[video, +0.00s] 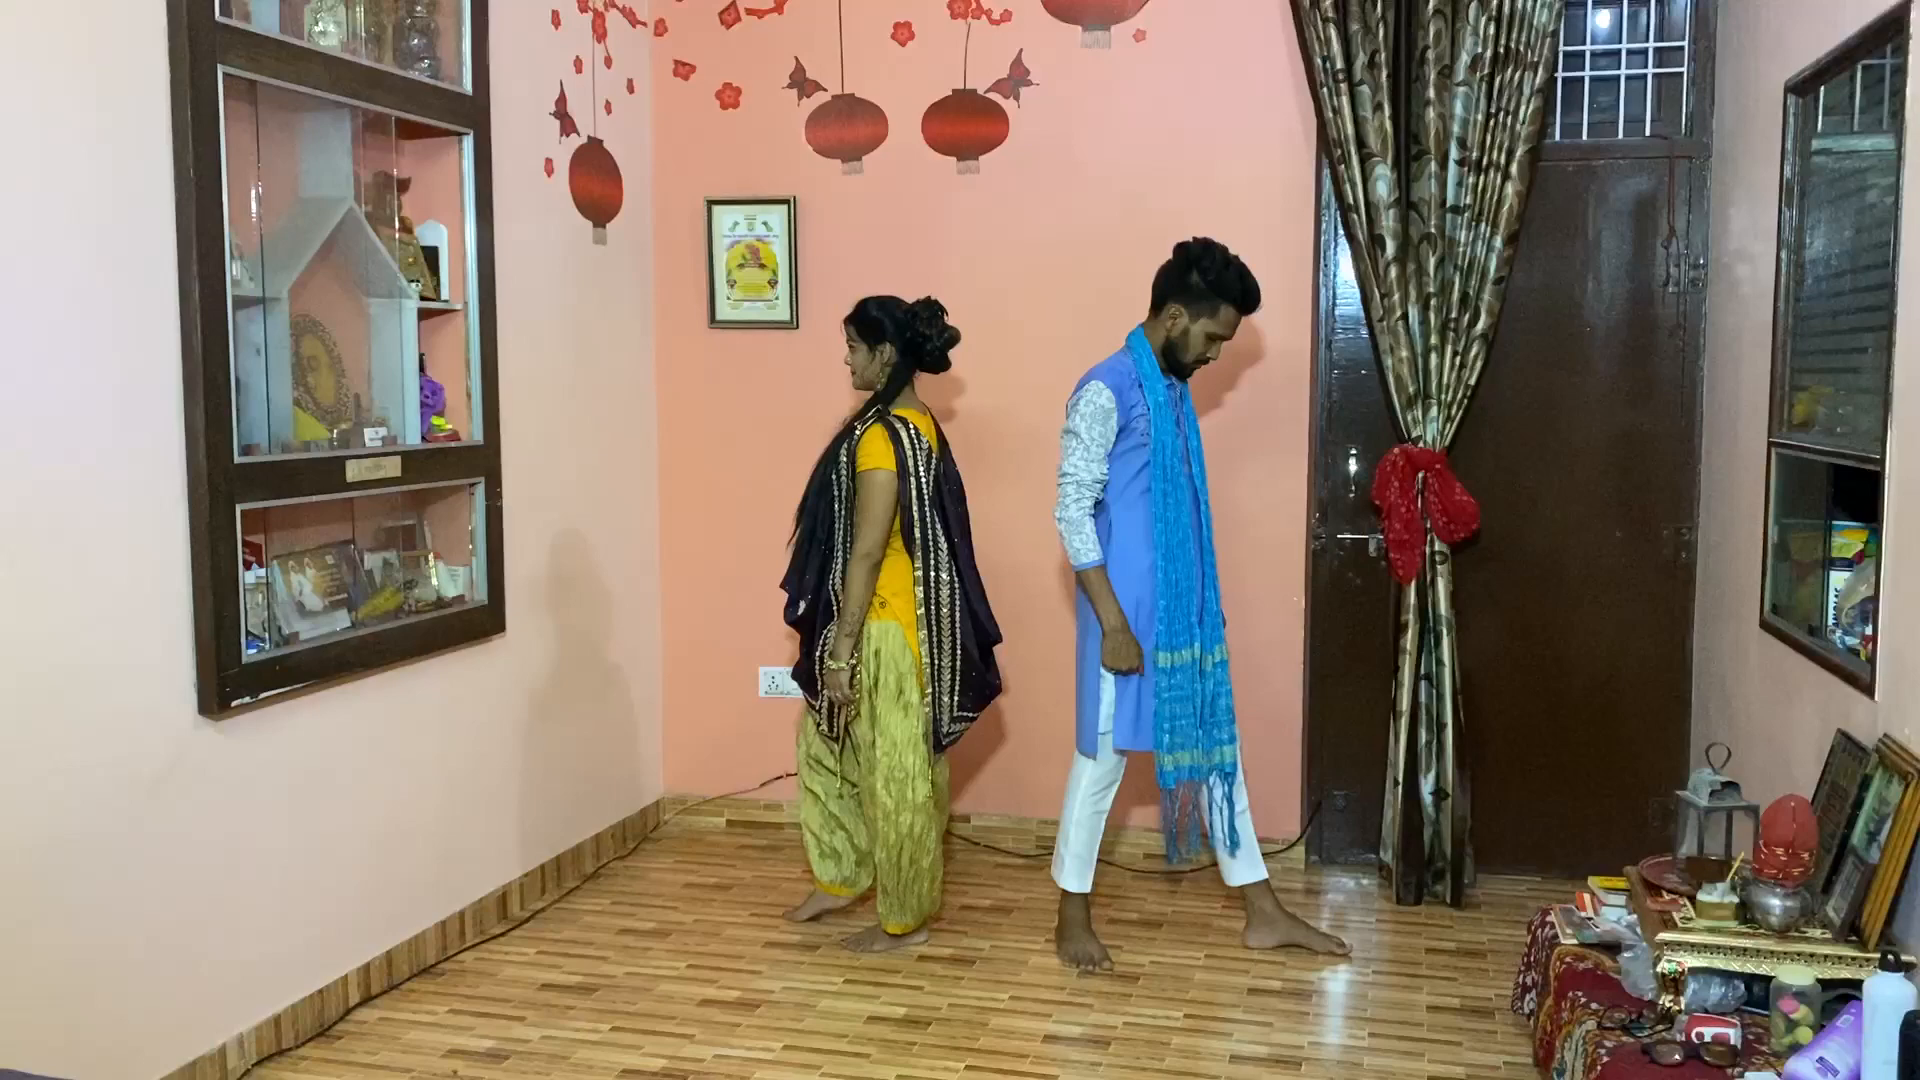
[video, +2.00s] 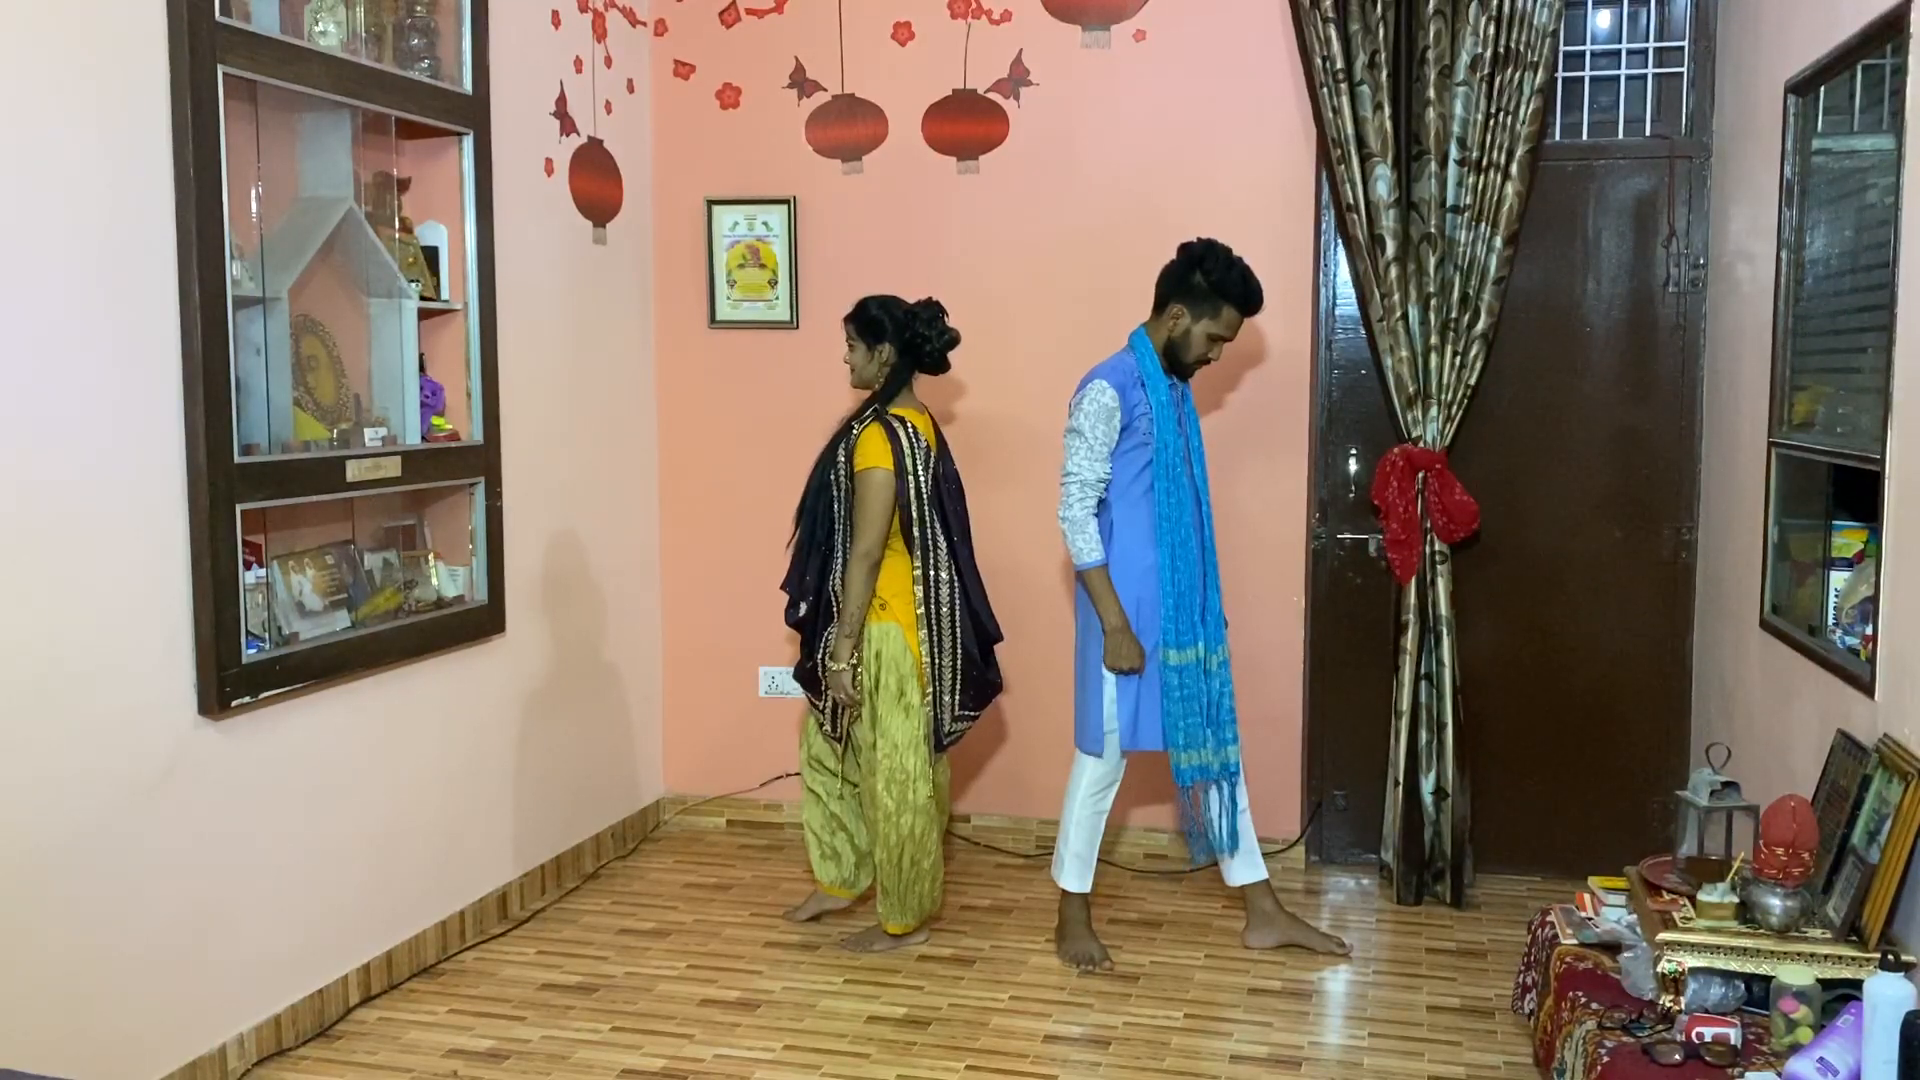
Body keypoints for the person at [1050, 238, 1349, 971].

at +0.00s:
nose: (1218, 351)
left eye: (1226, 338)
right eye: (1214, 335)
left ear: (1192, 320)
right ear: (1171, 313)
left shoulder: (1172, 391)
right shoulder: (1104, 394)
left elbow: (1170, 514)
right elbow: (1073, 515)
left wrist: (1197, 606)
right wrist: (1113, 623)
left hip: (1185, 607)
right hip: (1122, 608)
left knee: (1214, 745)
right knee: (1102, 758)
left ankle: (1263, 908)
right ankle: (1073, 916)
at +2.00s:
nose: (1219, 353)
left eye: (1227, 340)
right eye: (1215, 336)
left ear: (1194, 320)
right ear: (1173, 312)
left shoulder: (1172, 391)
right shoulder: (1106, 392)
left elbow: (1173, 516)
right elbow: (1076, 515)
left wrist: (1200, 608)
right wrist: (1114, 622)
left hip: (1184, 604)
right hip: (1123, 605)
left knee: (1211, 745)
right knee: (1103, 754)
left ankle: (1263, 908)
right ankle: (1072, 913)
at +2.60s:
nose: (1219, 352)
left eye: (1227, 339)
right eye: (1216, 335)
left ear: (1194, 319)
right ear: (1174, 311)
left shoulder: (1172, 391)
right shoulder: (1106, 392)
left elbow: (1170, 515)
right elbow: (1077, 514)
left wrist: (1196, 605)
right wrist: (1116, 623)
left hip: (1184, 604)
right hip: (1123, 605)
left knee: (1215, 743)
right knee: (1103, 754)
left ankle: (1263, 908)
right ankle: (1072, 914)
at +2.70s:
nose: (1219, 352)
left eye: (1227, 339)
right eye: (1216, 335)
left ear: (1194, 319)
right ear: (1174, 311)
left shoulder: (1171, 391)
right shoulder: (1107, 393)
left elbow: (1170, 515)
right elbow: (1078, 515)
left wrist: (1196, 606)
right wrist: (1117, 624)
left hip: (1185, 604)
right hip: (1123, 605)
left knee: (1218, 744)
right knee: (1103, 755)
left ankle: (1262, 908)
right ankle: (1072, 915)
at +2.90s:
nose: (1219, 351)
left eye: (1227, 338)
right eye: (1216, 335)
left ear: (1193, 318)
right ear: (1174, 311)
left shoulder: (1171, 391)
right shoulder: (1107, 393)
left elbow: (1170, 515)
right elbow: (1079, 516)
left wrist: (1194, 605)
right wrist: (1119, 623)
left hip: (1183, 603)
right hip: (1122, 603)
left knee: (1216, 742)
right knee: (1104, 754)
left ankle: (1262, 908)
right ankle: (1072, 915)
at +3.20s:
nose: (1237, 326)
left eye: (1237, 310)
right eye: (1226, 310)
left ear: (1190, 314)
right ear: (1178, 310)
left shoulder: (1179, 394)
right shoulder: (1117, 399)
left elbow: (1180, 527)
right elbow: (1101, 526)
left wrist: (1217, 607)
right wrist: (1170, 626)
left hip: (1188, 606)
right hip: (1131, 607)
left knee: (1254, 735)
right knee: (1127, 761)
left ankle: (1268, 907)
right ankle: (1075, 918)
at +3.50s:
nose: (1205, 255)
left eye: (1198, 246)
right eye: (1190, 248)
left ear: (1175, 270)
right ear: (1155, 269)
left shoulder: (1201, 321)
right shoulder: (1158, 326)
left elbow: (1234, 225)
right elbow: (1177, 230)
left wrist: (1288, 157)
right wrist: (1255, 129)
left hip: (1230, 540)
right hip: (1170, 539)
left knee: (1253, 700)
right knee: (1131, 707)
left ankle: (1278, 880)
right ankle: (1075, 885)